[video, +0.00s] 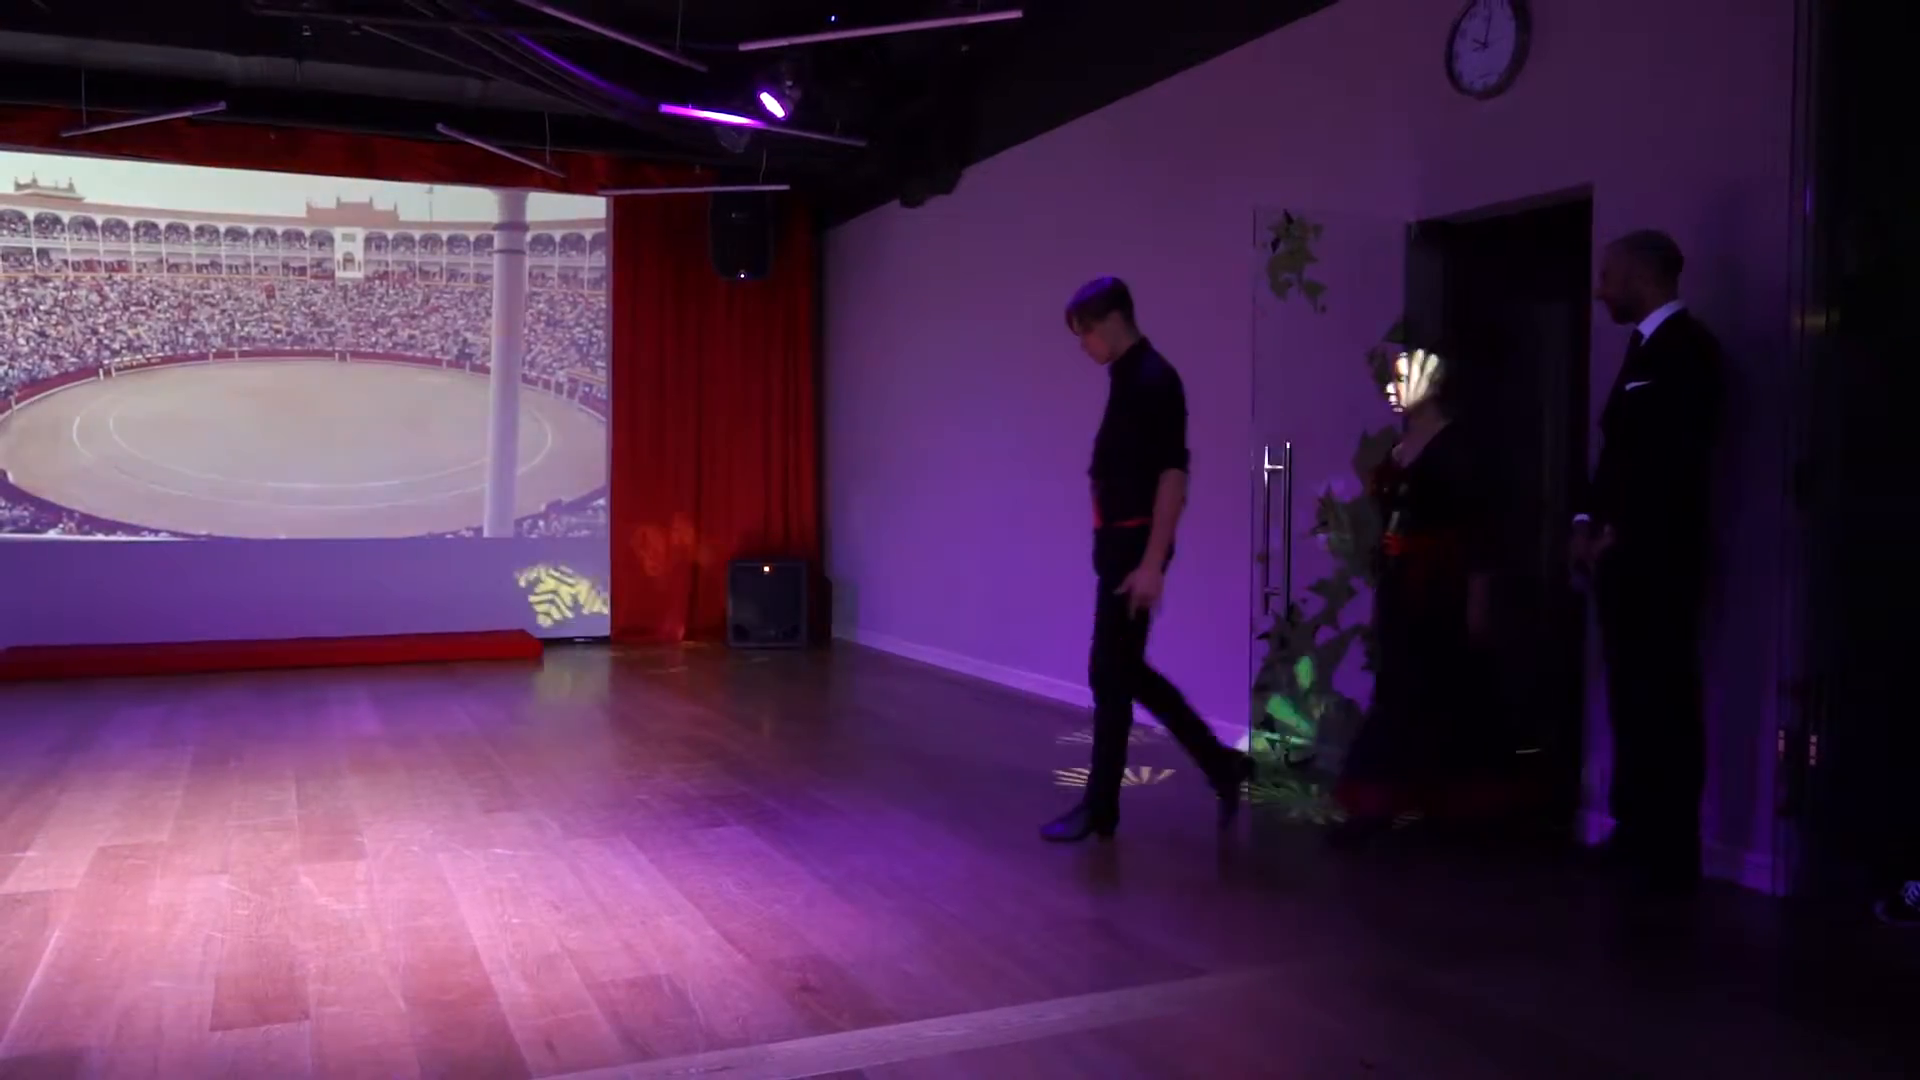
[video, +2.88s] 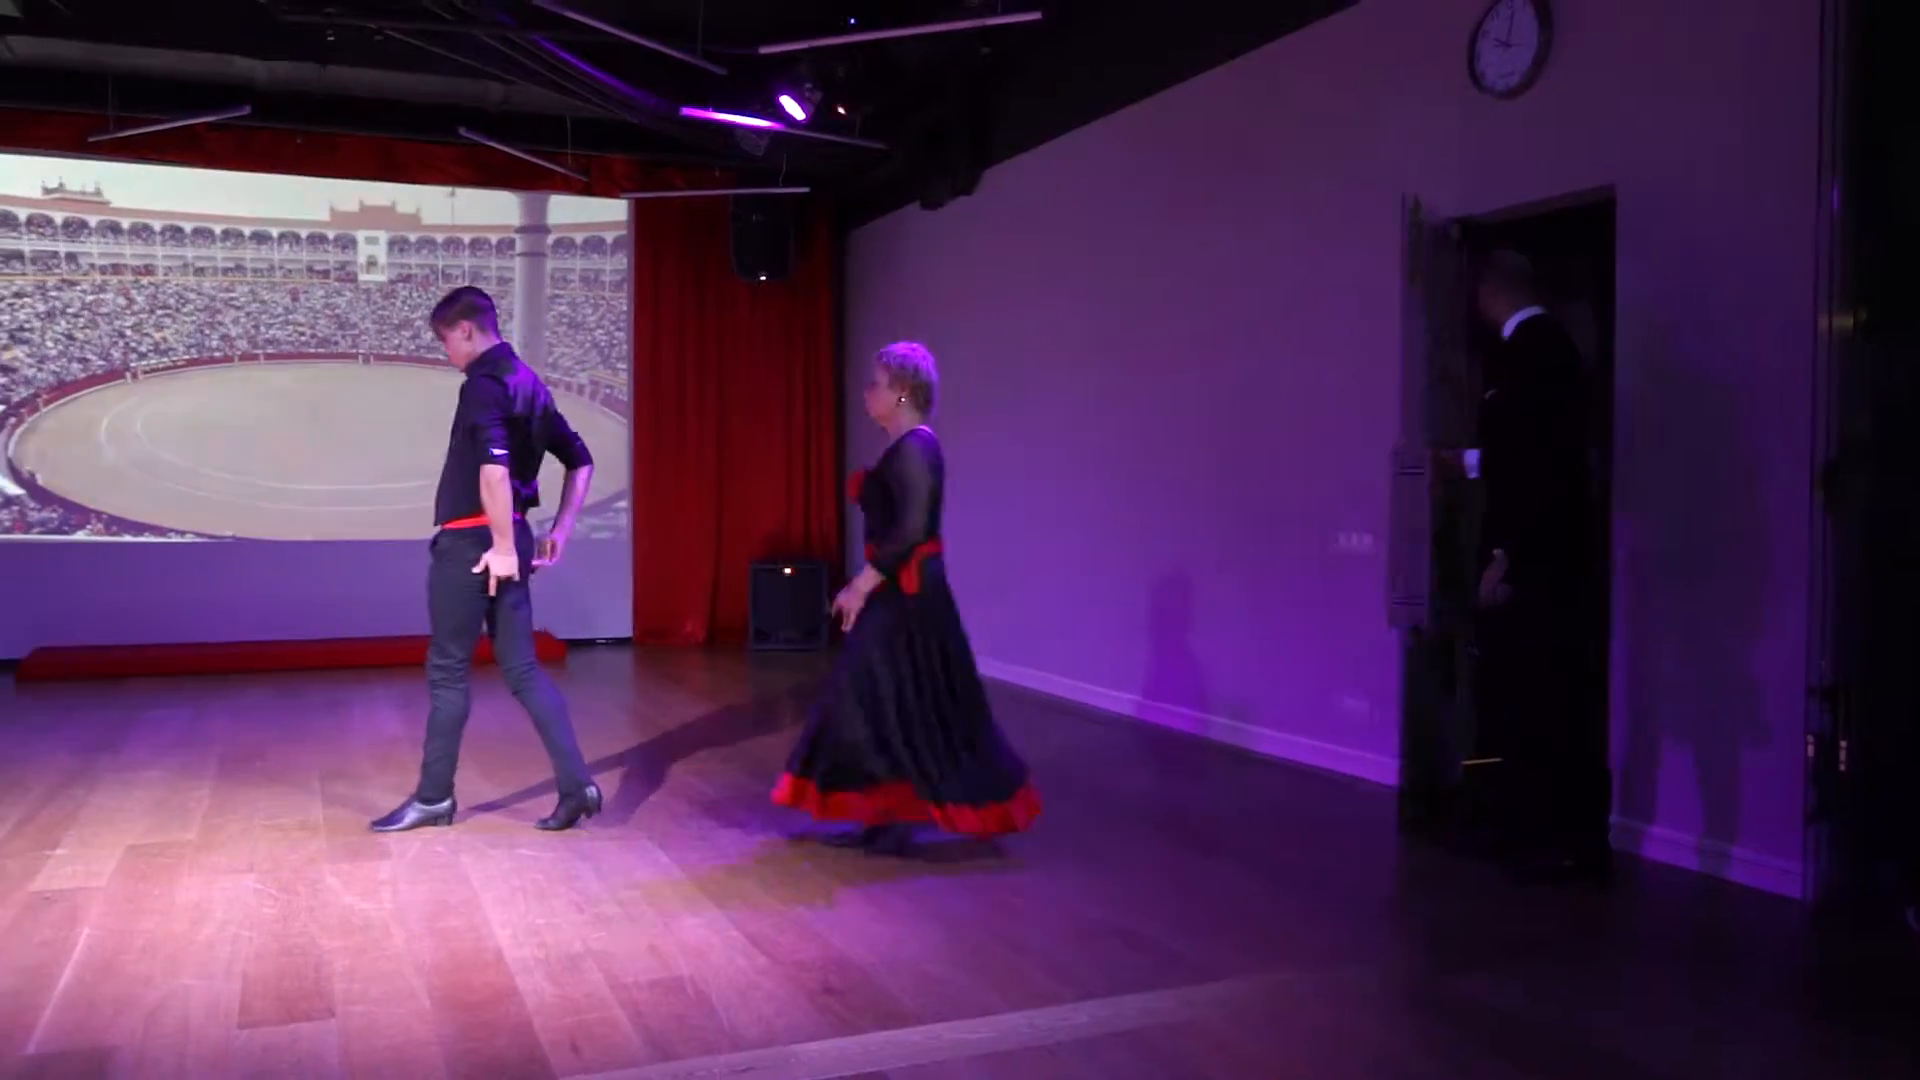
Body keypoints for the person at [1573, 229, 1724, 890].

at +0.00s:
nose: (1604, 288)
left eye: (1613, 274)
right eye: (1605, 274)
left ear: (1646, 277)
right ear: (1653, 276)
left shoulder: (1683, 351)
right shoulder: (1646, 349)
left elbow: (1661, 464)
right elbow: (1614, 452)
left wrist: (1617, 530)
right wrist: (1587, 516)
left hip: (1664, 558)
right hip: (1634, 556)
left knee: (1660, 703)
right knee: (1638, 702)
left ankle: (1664, 851)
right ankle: (1639, 842)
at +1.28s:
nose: (1534, 301)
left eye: (1541, 288)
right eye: (1535, 289)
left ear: (1570, 288)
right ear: (1584, 287)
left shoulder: (1598, 361)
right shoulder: (1601, 356)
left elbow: (1585, 470)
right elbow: (1584, 469)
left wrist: (1547, 525)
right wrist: (1546, 525)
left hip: (1595, 552)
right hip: (1590, 549)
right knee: (1634, 695)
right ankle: (1675, 847)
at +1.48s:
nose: (1483, 304)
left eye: (1490, 292)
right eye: (1484, 292)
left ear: (1520, 292)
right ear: (1526, 293)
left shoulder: (1562, 356)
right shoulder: (1537, 356)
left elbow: (1560, 466)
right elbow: (1545, 464)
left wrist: (1525, 539)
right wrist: (1518, 535)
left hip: (1567, 547)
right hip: (1553, 545)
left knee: (1598, 690)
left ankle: (1656, 842)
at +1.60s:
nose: (1460, 308)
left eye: (1465, 294)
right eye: (1460, 295)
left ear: (1492, 292)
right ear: (1497, 291)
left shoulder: (1547, 352)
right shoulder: (1498, 358)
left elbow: (1552, 459)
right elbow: (1445, 424)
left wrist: (1523, 537)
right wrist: (1356, 442)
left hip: (1556, 545)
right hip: (1516, 544)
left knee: (1580, 689)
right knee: (1503, 683)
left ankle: (1620, 838)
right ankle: (1504, 822)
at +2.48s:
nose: (1433, 305)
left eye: (1439, 290)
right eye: (1433, 292)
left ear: (1464, 288)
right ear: (1468, 286)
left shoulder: (1511, 351)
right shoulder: (1479, 352)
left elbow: (1513, 455)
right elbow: (1459, 451)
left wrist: (1511, 539)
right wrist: (1369, 456)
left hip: (1518, 558)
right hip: (1493, 555)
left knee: (1510, 695)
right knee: (1494, 693)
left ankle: (1521, 835)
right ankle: (1499, 828)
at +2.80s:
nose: (1459, 308)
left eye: (1460, 296)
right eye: (1460, 296)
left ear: (1473, 294)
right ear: (1506, 290)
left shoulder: (1511, 356)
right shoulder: (1527, 349)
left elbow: (1507, 463)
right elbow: (1508, 460)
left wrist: (1494, 548)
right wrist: (1444, 465)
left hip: (1521, 554)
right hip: (1530, 546)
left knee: (1511, 693)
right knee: (1521, 691)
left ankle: (1518, 830)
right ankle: (1524, 827)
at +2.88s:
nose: (1481, 310)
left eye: (1483, 299)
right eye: (1483, 298)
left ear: (1494, 299)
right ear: (1532, 290)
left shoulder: (1525, 357)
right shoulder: (1560, 349)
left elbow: (1523, 468)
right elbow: (1534, 463)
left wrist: (1502, 552)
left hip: (1540, 552)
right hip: (1567, 545)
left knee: (1535, 693)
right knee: (1562, 692)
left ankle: (1542, 833)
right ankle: (1570, 833)